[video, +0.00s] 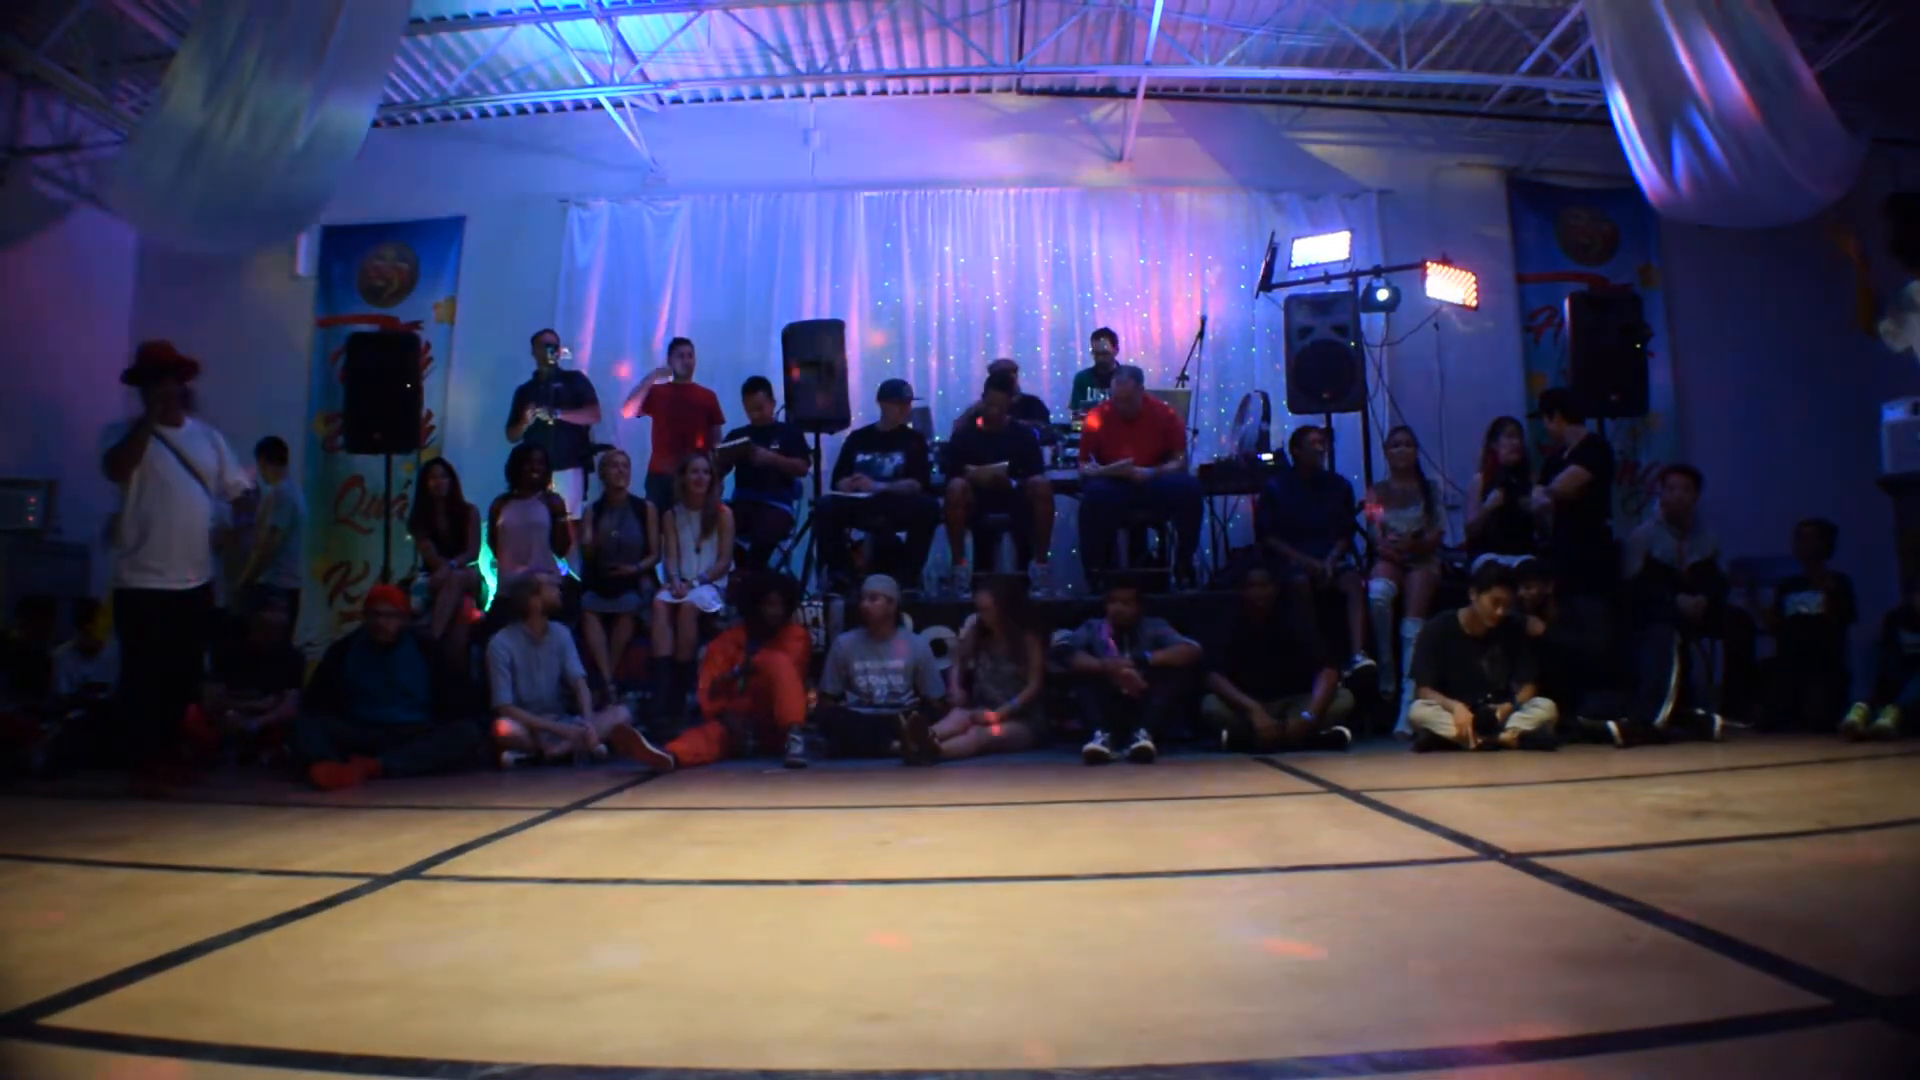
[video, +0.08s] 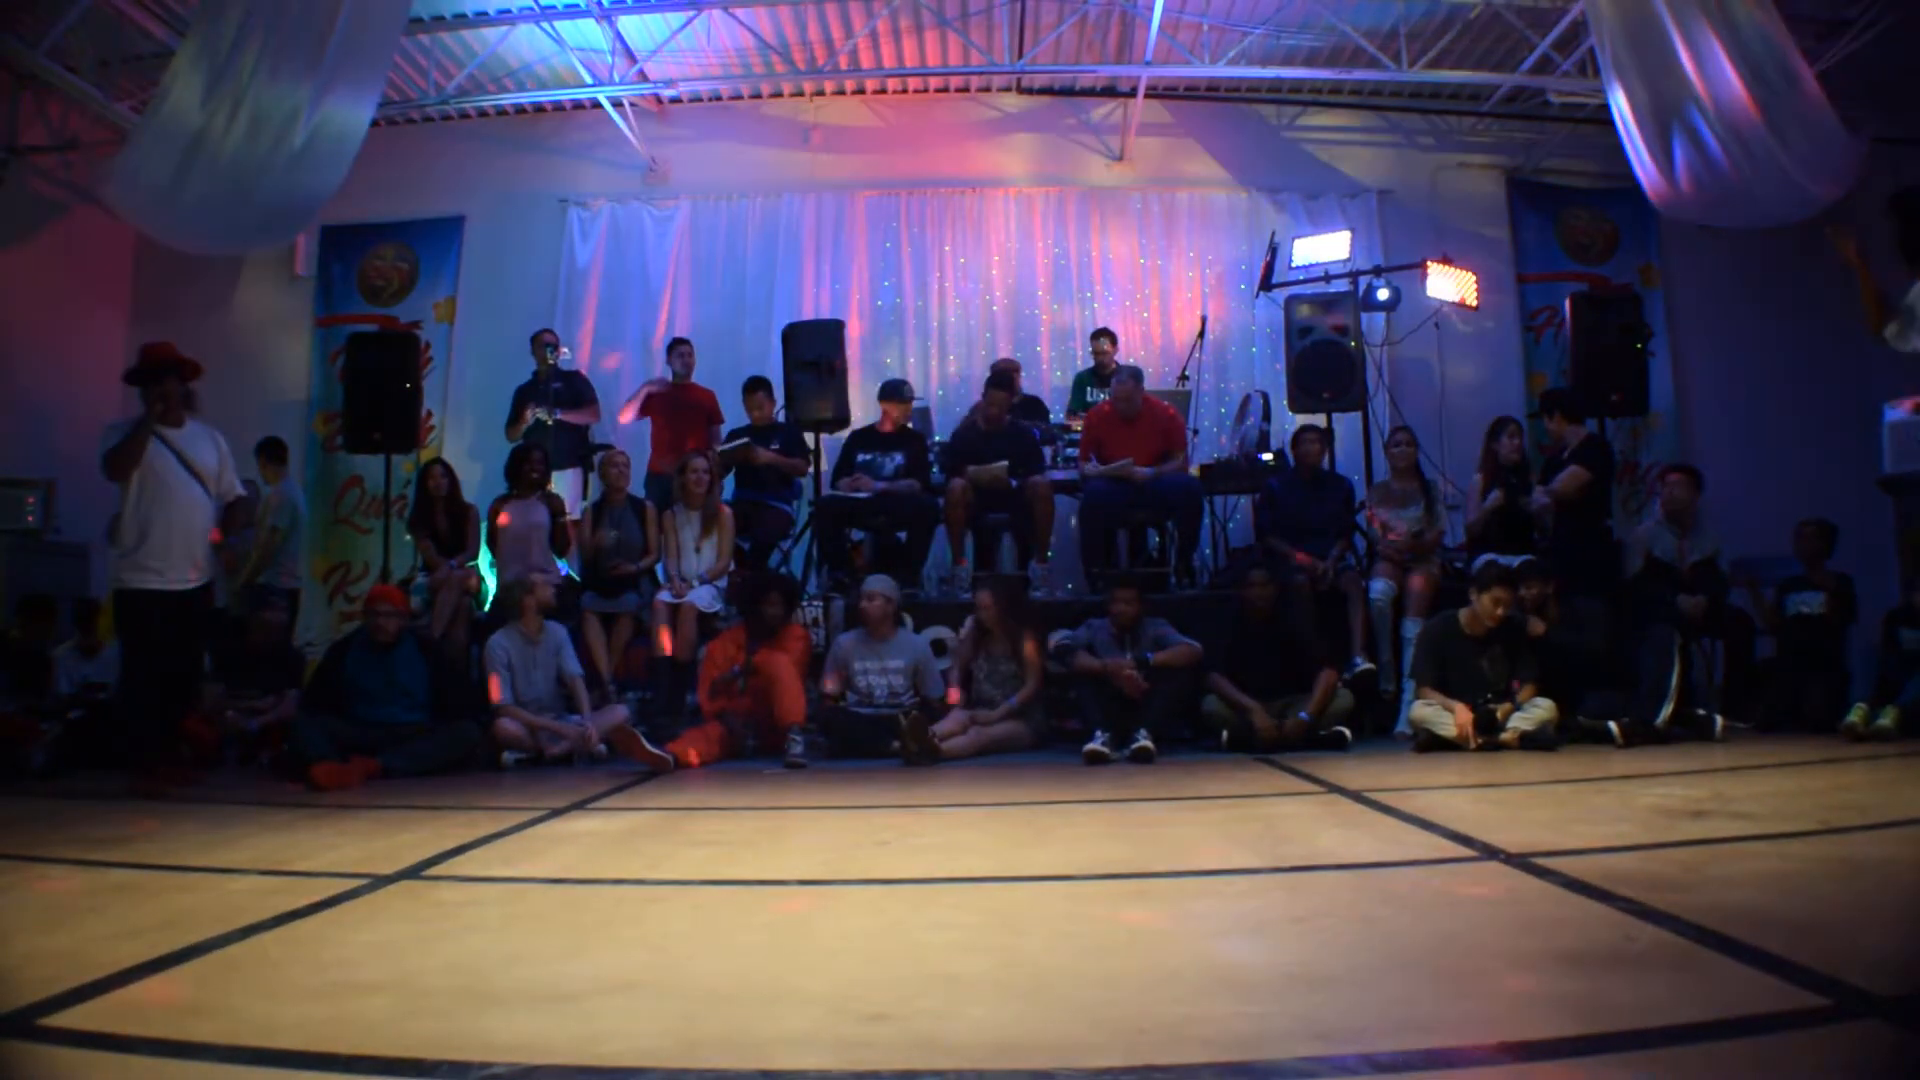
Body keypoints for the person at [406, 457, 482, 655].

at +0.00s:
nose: (439, 483)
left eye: (443, 477)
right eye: (433, 478)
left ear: (452, 481)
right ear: (424, 484)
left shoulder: (469, 512)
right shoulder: (420, 514)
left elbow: (473, 551)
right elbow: (427, 550)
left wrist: (450, 566)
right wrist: (448, 568)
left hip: (467, 570)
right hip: (435, 573)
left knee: (456, 577)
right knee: (461, 601)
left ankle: (434, 636)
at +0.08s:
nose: (438, 483)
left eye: (443, 477)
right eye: (432, 478)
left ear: (451, 480)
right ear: (424, 484)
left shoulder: (468, 511)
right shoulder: (419, 514)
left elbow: (473, 550)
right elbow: (427, 552)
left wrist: (450, 566)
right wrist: (447, 568)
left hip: (466, 570)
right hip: (435, 573)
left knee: (457, 579)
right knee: (461, 601)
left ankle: (434, 636)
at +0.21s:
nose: (437, 482)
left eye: (442, 477)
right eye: (431, 478)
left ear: (450, 480)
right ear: (423, 484)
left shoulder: (468, 511)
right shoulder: (418, 514)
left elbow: (472, 551)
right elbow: (426, 551)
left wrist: (449, 565)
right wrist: (448, 568)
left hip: (466, 571)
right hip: (433, 575)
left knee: (454, 578)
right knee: (462, 602)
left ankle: (433, 637)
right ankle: (456, 667)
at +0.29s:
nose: (438, 482)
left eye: (442, 477)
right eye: (432, 478)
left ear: (450, 480)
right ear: (423, 483)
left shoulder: (468, 511)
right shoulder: (417, 515)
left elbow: (472, 549)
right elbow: (427, 553)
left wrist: (450, 565)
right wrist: (447, 569)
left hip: (466, 569)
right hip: (435, 574)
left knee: (454, 578)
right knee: (462, 601)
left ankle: (432, 637)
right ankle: (457, 661)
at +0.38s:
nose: (438, 483)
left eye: (442, 477)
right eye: (432, 478)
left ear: (450, 480)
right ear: (423, 483)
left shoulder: (467, 511)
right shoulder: (418, 514)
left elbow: (472, 552)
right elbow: (427, 552)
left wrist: (450, 565)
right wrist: (446, 568)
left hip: (466, 572)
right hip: (433, 575)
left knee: (452, 578)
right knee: (464, 604)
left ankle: (434, 636)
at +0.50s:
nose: (439, 482)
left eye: (444, 476)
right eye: (433, 478)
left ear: (452, 480)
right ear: (425, 484)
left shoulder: (470, 511)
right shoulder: (421, 514)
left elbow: (474, 551)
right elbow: (430, 555)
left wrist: (450, 565)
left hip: (468, 571)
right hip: (436, 574)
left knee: (454, 579)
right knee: (464, 602)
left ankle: (435, 638)